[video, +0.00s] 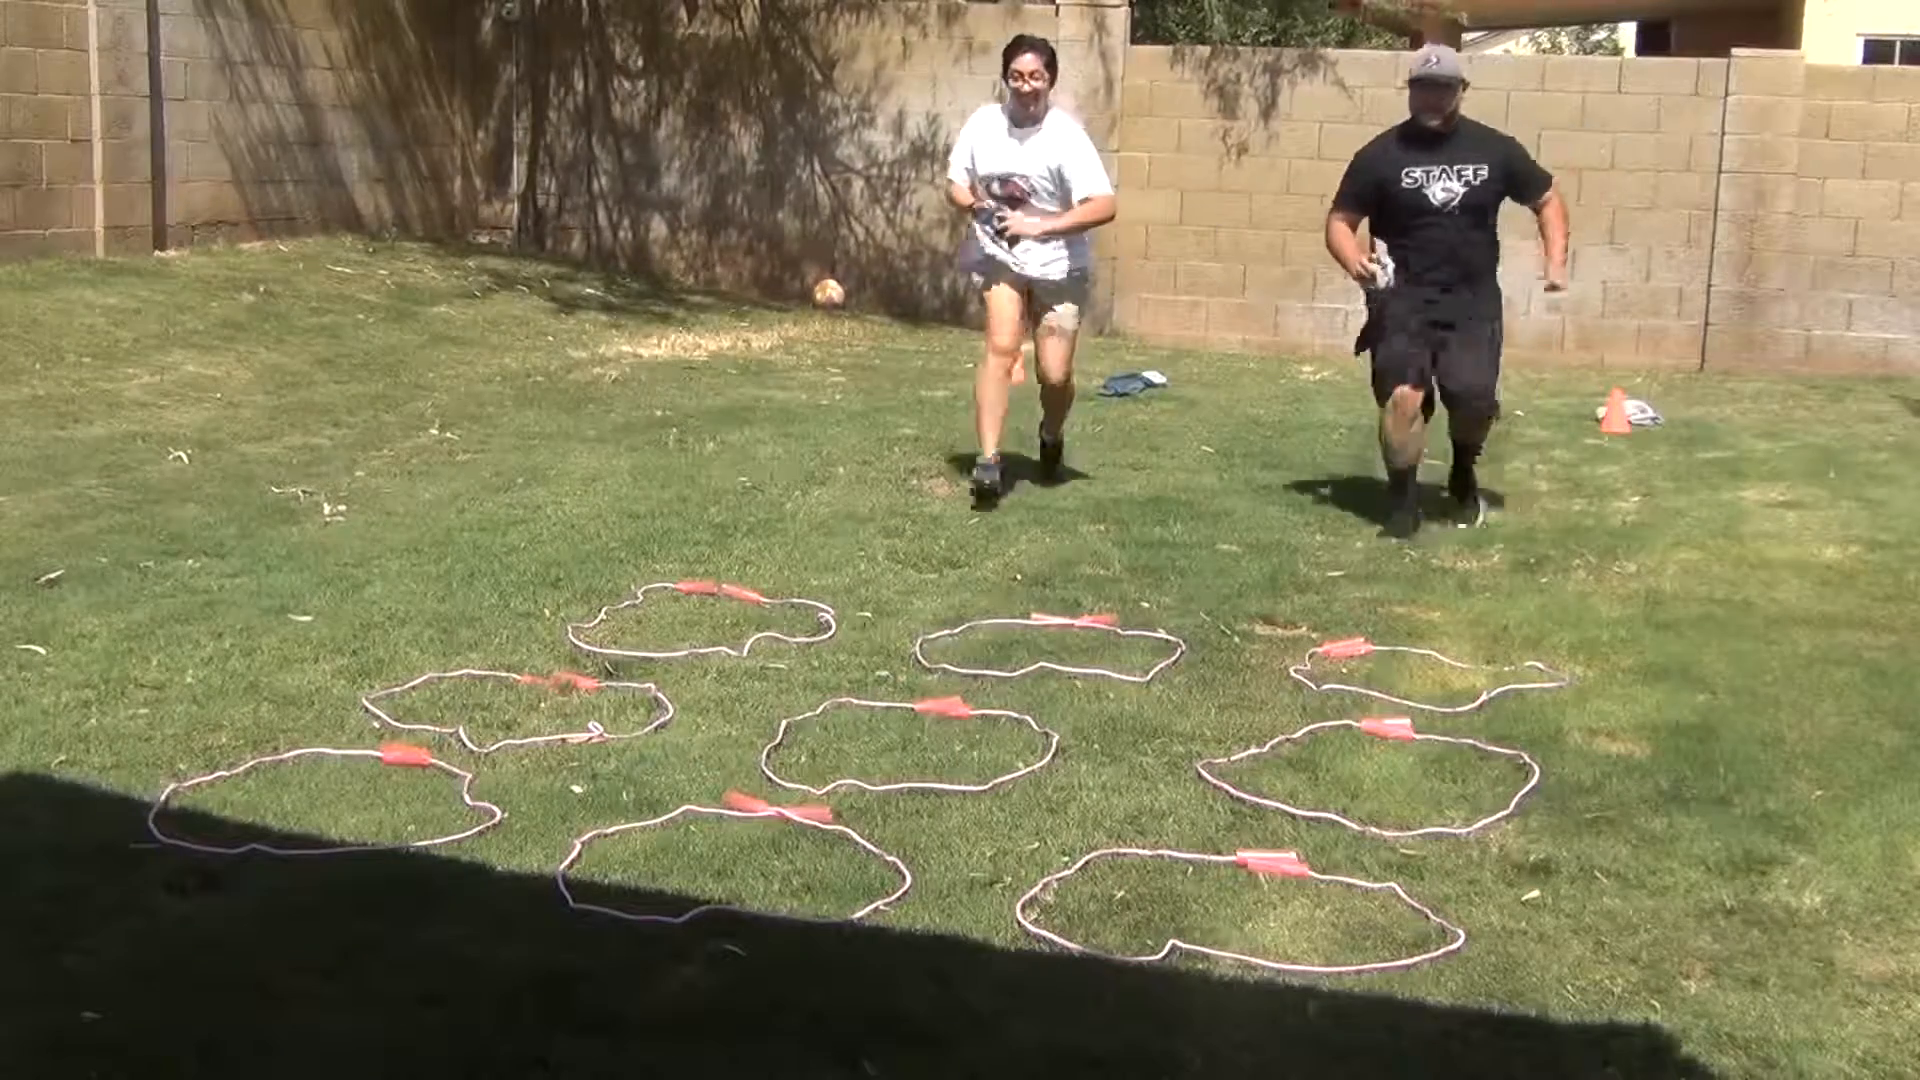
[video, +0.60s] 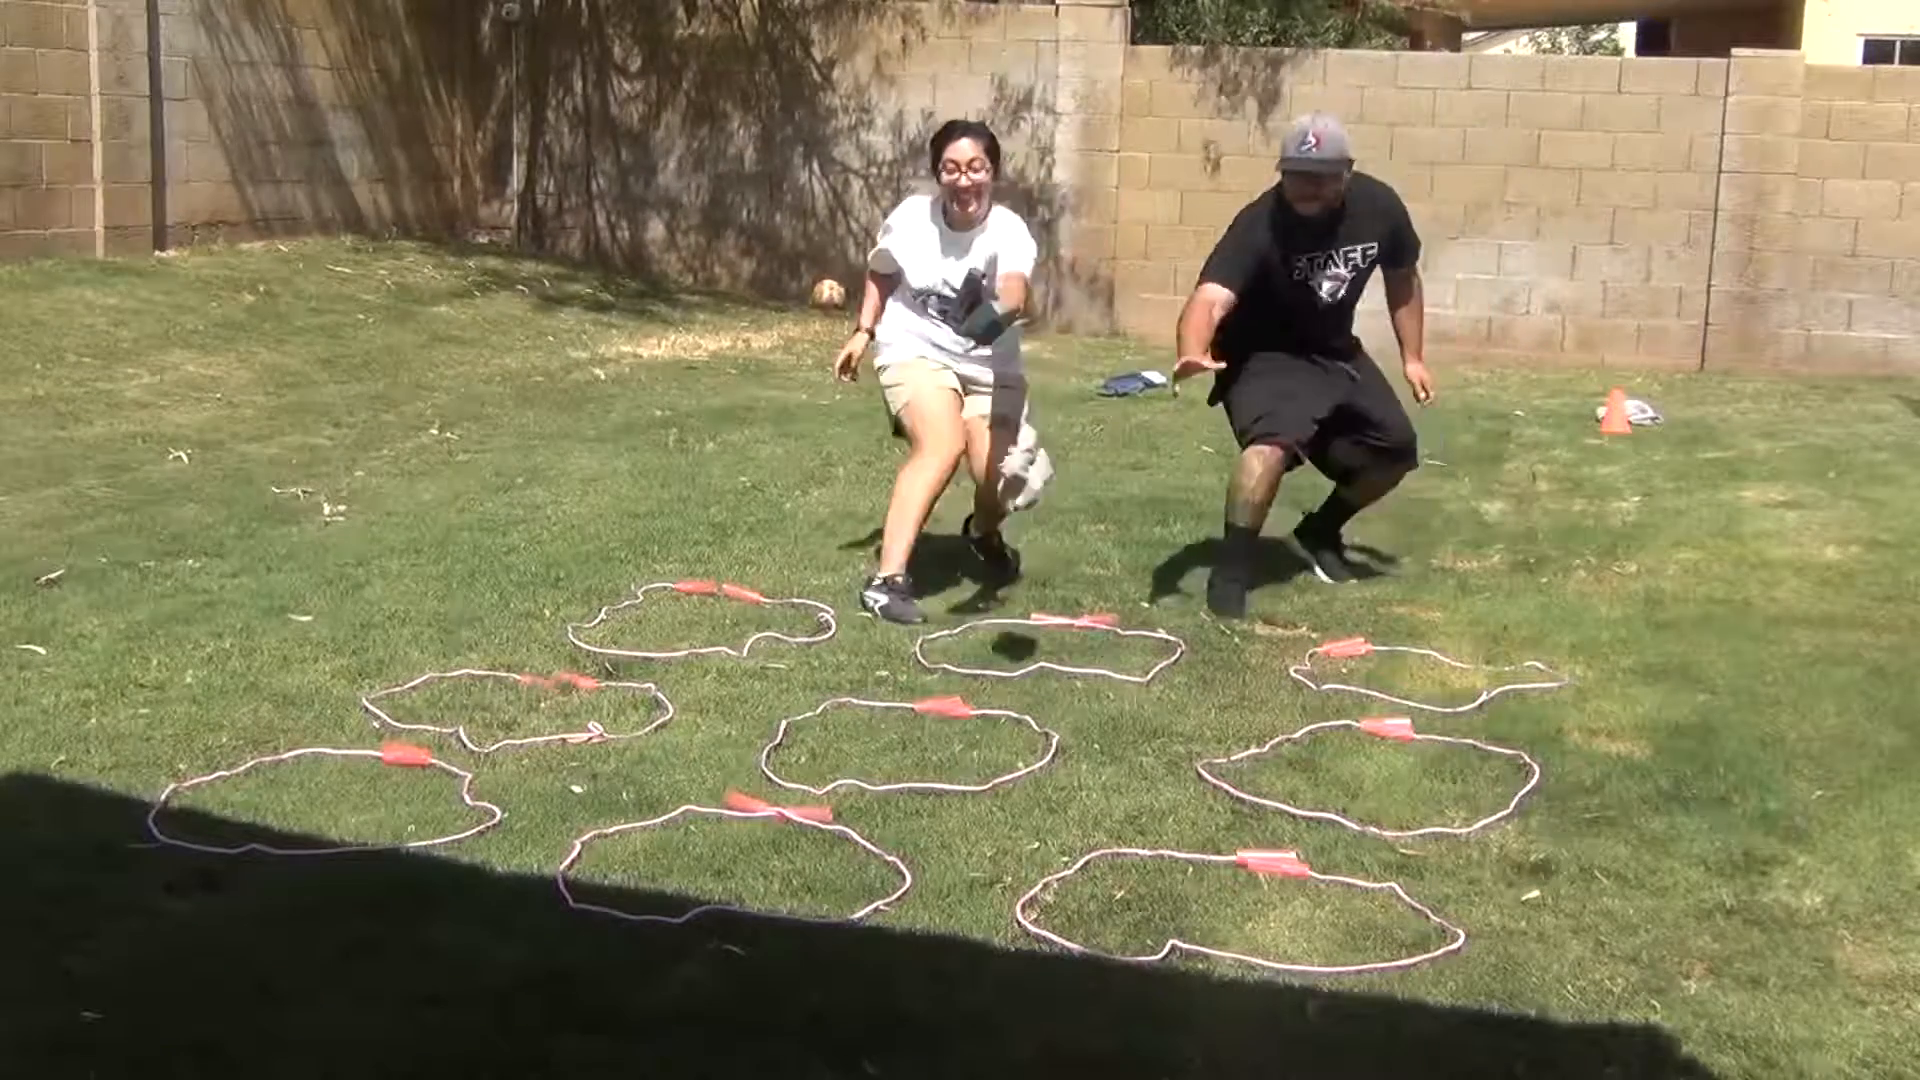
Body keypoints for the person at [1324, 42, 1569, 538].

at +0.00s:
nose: (1433, 98)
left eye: (1443, 88)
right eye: (1424, 87)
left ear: (1461, 92)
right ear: (1409, 90)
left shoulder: (1497, 151)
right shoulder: (1379, 156)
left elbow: (1547, 198)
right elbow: (1340, 222)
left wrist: (1556, 259)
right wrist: (1353, 259)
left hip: (1472, 298)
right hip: (1403, 297)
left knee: (1474, 400)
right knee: (1403, 395)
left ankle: (1464, 473)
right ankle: (1402, 500)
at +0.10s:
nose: (1423, 99)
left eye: (1435, 89)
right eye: (1414, 88)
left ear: (1453, 91)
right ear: (1399, 88)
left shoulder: (1484, 155)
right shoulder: (1364, 153)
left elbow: (1511, 216)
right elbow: (1327, 221)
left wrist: (1518, 278)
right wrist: (1349, 255)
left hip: (1447, 297)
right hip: (1374, 299)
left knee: (1436, 395)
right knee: (1376, 433)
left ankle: (1416, 517)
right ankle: (1404, 497)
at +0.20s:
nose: (1408, 103)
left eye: (1420, 93)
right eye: (1399, 91)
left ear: (1438, 97)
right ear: (1383, 94)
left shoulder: (1468, 160)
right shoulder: (1346, 156)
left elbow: (1490, 222)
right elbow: (1302, 227)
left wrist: (1489, 291)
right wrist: (1334, 257)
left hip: (1425, 314)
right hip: (1349, 314)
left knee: (1409, 419)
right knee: (1350, 428)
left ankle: (1384, 545)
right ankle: (1365, 489)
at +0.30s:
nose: (1380, 123)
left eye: (1392, 113)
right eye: (1371, 112)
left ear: (1413, 117)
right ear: (1357, 113)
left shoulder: (1445, 175)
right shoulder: (1322, 179)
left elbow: (1475, 249)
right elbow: (1284, 255)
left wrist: (1480, 321)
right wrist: (1305, 280)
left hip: (1406, 329)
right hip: (1331, 325)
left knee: (1406, 434)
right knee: (1310, 432)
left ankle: (1384, 536)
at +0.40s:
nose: (1347, 141)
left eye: (1359, 130)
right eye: (1336, 130)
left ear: (1381, 130)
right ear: (1322, 130)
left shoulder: (1417, 180)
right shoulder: (1298, 193)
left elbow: (1448, 249)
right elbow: (1250, 277)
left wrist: (1458, 325)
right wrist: (1258, 285)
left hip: (1387, 338)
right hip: (1308, 334)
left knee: (1415, 443)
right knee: (1286, 430)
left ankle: (1380, 539)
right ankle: (1244, 550)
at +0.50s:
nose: (1316, 170)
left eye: (1329, 158)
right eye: (1305, 158)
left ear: (1351, 159)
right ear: (1290, 160)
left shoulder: (1384, 198)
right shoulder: (1277, 213)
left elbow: (1419, 266)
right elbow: (1241, 267)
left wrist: (1437, 338)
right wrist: (1204, 306)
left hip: (1359, 355)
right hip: (1286, 353)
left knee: (1411, 451)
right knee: (1282, 441)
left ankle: (1365, 531)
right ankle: (1232, 573)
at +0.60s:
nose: (1307, 188)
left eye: (1321, 177)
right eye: (1297, 176)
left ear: (1345, 174)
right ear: (1282, 172)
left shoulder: (1378, 208)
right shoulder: (1260, 223)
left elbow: (1403, 280)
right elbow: (1209, 298)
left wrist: (1412, 357)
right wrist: (1193, 351)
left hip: (1336, 352)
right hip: (1265, 352)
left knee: (1393, 452)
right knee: (1272, 445)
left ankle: (1320, 530)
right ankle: (1231, 573)